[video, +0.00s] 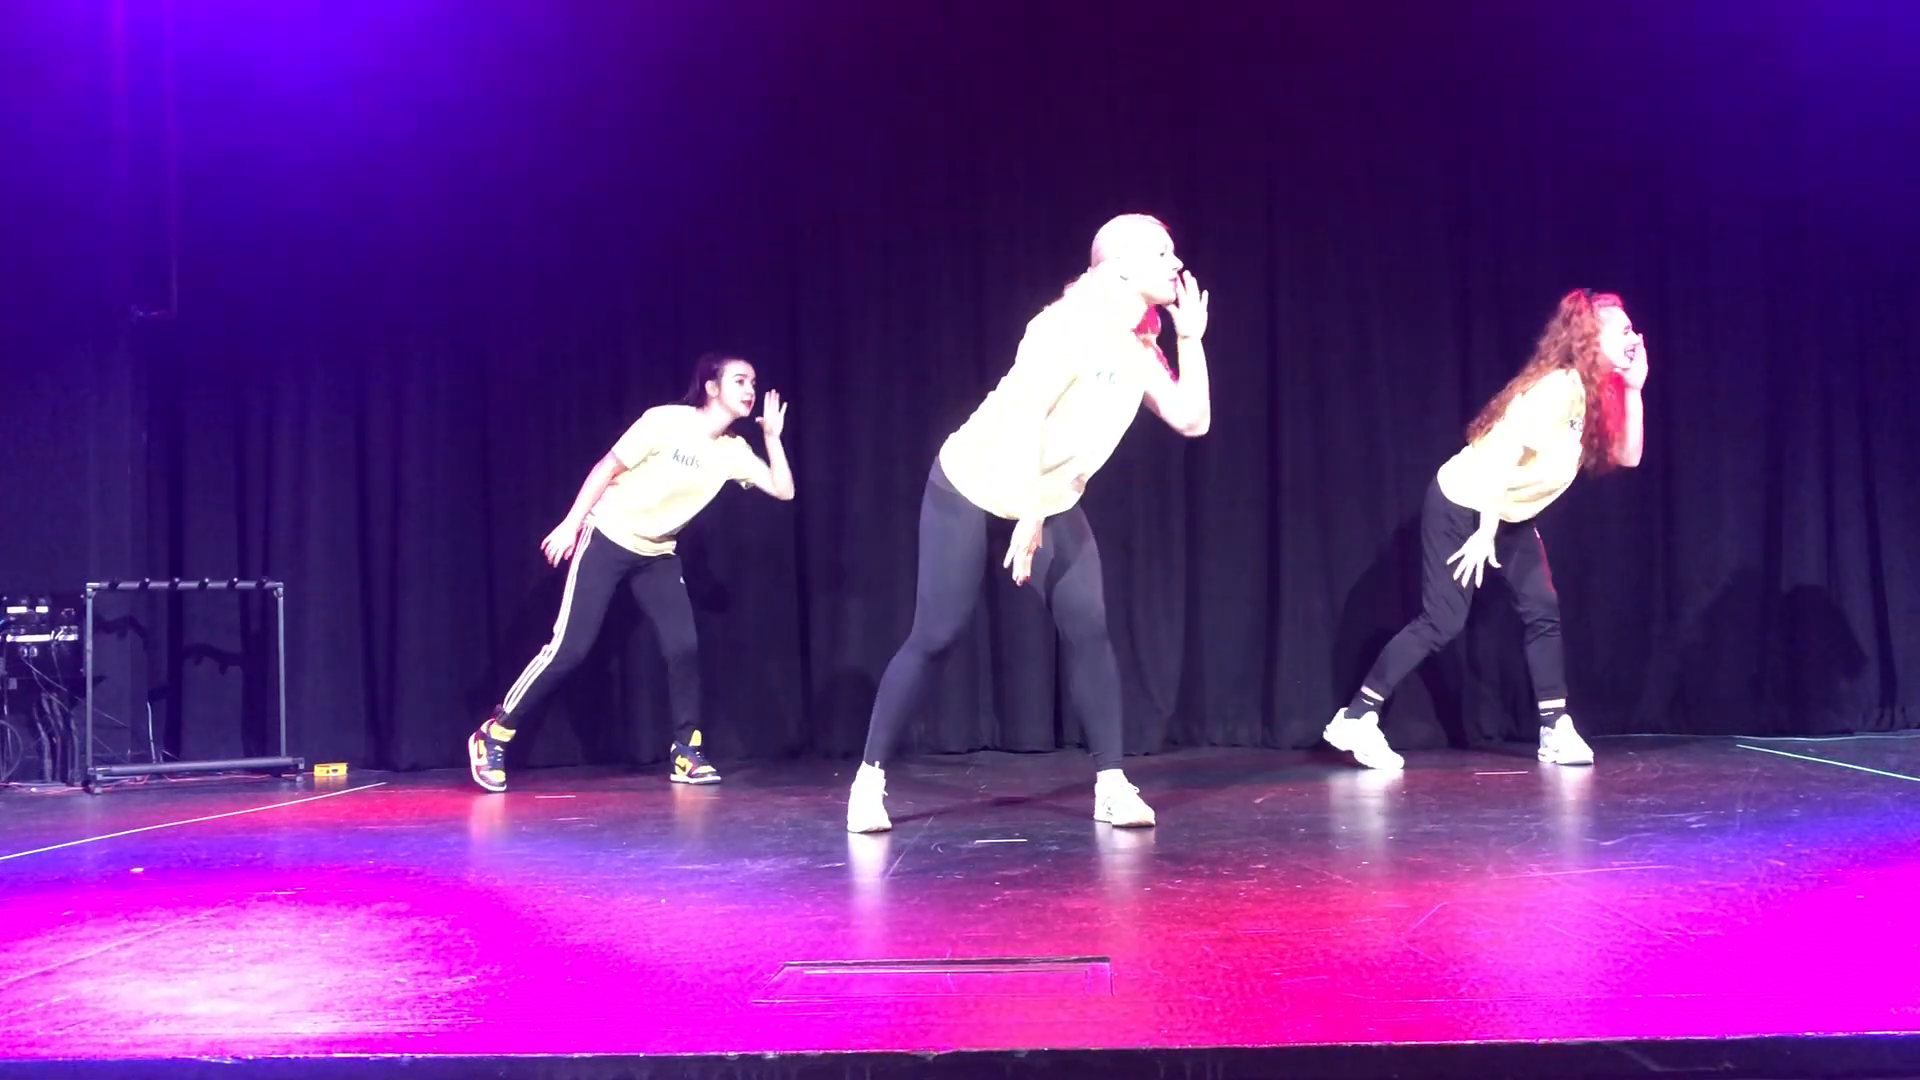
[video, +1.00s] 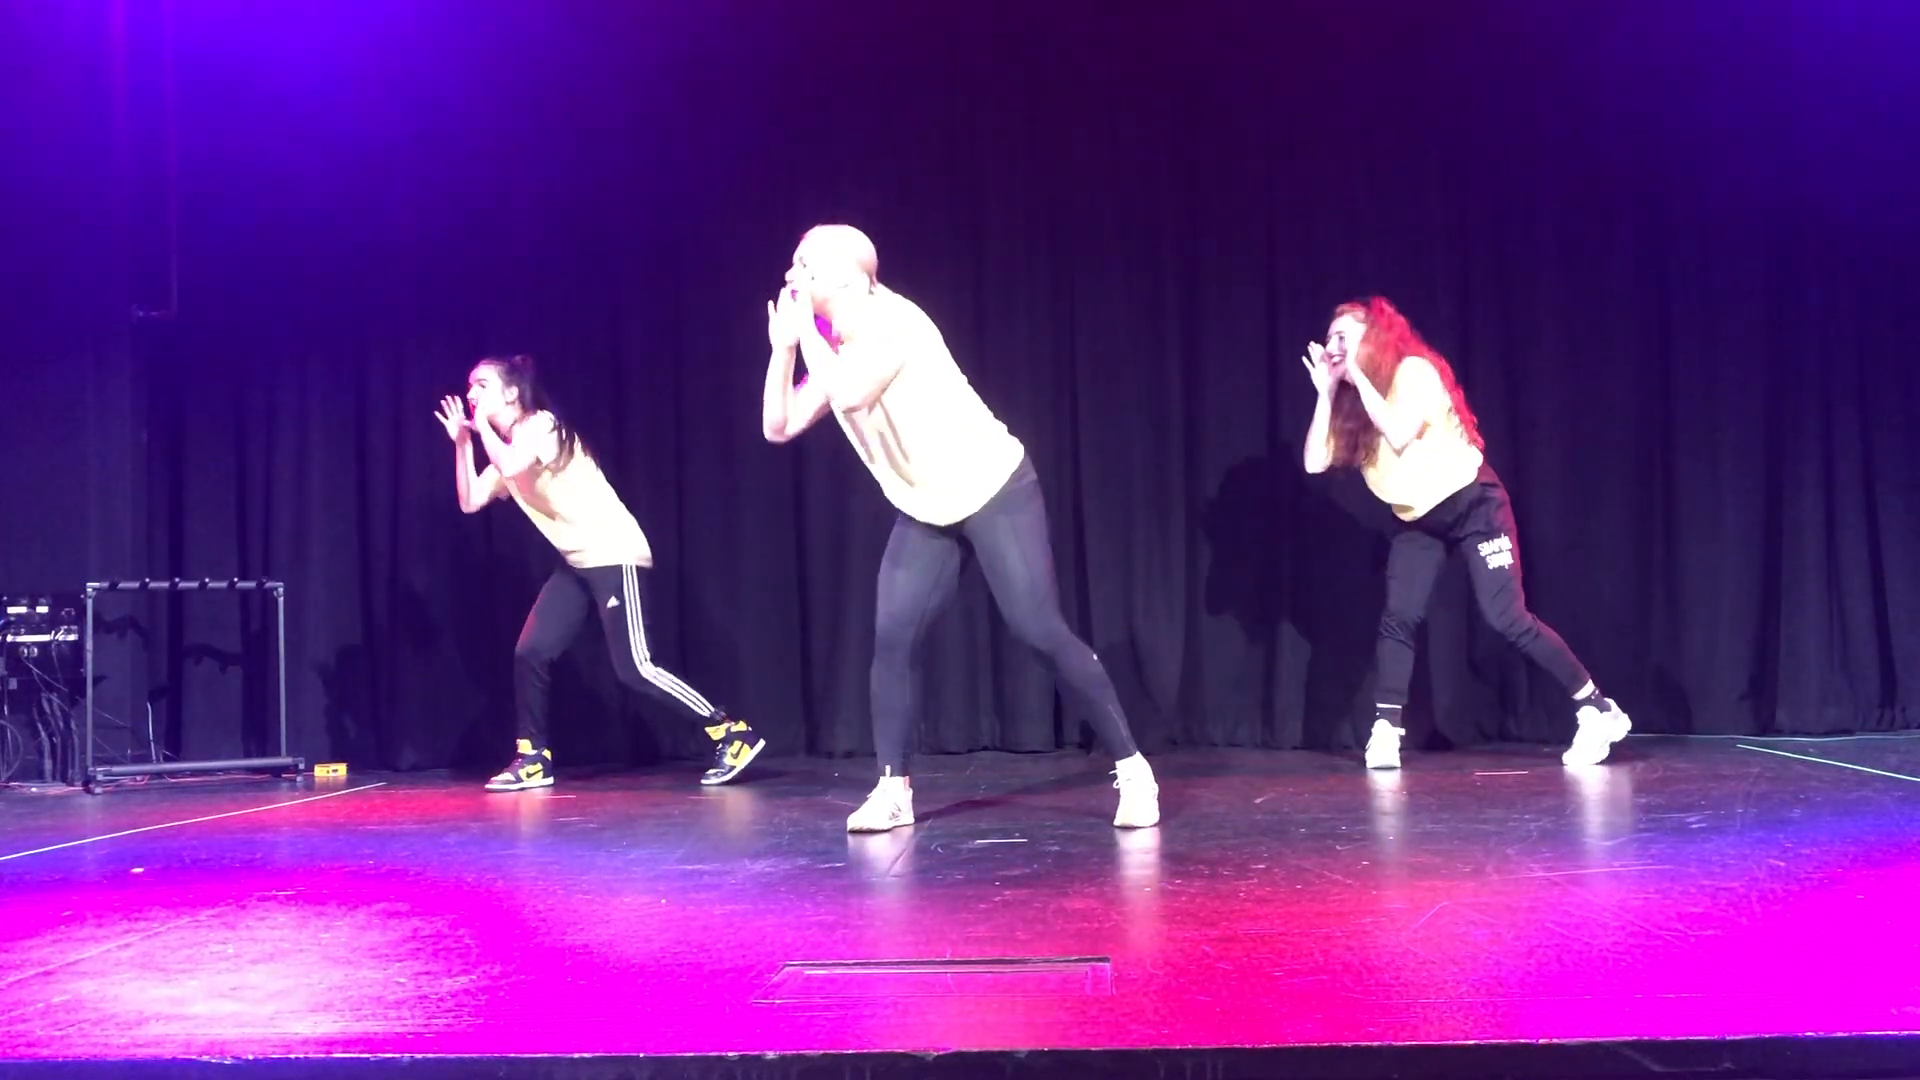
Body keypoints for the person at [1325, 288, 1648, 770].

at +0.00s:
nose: (1631, 339)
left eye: (1630, 330)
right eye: (1621, 331)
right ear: (1589, 338)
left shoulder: (1599, 394)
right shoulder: (1559, 386)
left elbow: (1627, 455)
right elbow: (1502, 447)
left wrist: (1634, 387)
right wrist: (1487, 526)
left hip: (1512, 513)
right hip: (1460, 502)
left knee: (1542, 613)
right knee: (1443, 618)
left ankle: (1555, 731)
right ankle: (1355, 718)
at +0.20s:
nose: (1588, 339)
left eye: (1592, 330)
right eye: (1575, 330)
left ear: (1598, 338)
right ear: (1545, 338)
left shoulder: (1586, 396)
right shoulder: (1506, 391)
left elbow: (1627, 453)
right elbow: (1454, 456)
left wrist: (1611, 383)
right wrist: (1418, 521)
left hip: (1527, 528)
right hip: (1463, 525)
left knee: (1567, 614)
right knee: (1446, 626)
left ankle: (1558, 731)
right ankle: (1374, 727)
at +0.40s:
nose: (1465, 322)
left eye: (1477, 312)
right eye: (1456, 313)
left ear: (1505, 315)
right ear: (1445, 321)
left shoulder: (1533, 360)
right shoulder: (1436, 371)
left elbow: (1549, 413)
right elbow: (1381, 431)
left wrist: (1501, 353)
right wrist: (1367, 379)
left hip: (1521, 509)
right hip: (1449, 513)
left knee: (1553, 610)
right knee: (1422, 616)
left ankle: (1574, 723)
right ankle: (1387, 728)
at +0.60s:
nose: (1384, 346)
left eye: (1395, 336)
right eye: (1380, 338)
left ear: (1426, 340)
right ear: (1375, 346)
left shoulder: (1461, 378)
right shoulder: (1383, 404)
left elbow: (1448, 437)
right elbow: (1334, 456)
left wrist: (1405, 376)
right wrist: (1358, 391)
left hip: (1494, 517)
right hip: (1432, 530)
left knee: (1508, 627)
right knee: (1404, 621)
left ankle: (1603, 713)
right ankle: (1387, 732)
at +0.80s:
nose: (1342, 362)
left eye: (1352, 352)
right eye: (1339, 354)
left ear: (1385, 354)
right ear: (1337, 362)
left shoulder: (1423, 390)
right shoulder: (1357, 414)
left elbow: (1404, 451)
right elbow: (1320, 478)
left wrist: (1360, 394)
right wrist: (1330, 408)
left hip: (1481, 518)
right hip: (1424, 534)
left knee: (1494, 634)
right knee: (1396, 625)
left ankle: (1602, 711)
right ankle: (1385, 736)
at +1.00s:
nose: (1333, 347)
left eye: (1342, 337)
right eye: (1330, 339)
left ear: (1376, 338)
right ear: (1329, 347)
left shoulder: (1415, 370)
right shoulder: (1350, 400)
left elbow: (1400, 432)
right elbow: (1315, 462)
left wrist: (1355, 377)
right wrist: (1324, 393)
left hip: (1474, 506)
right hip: (1418, 522)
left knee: (1507, 616)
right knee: (1399, 618)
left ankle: (1599, 710)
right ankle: (1387, 730)